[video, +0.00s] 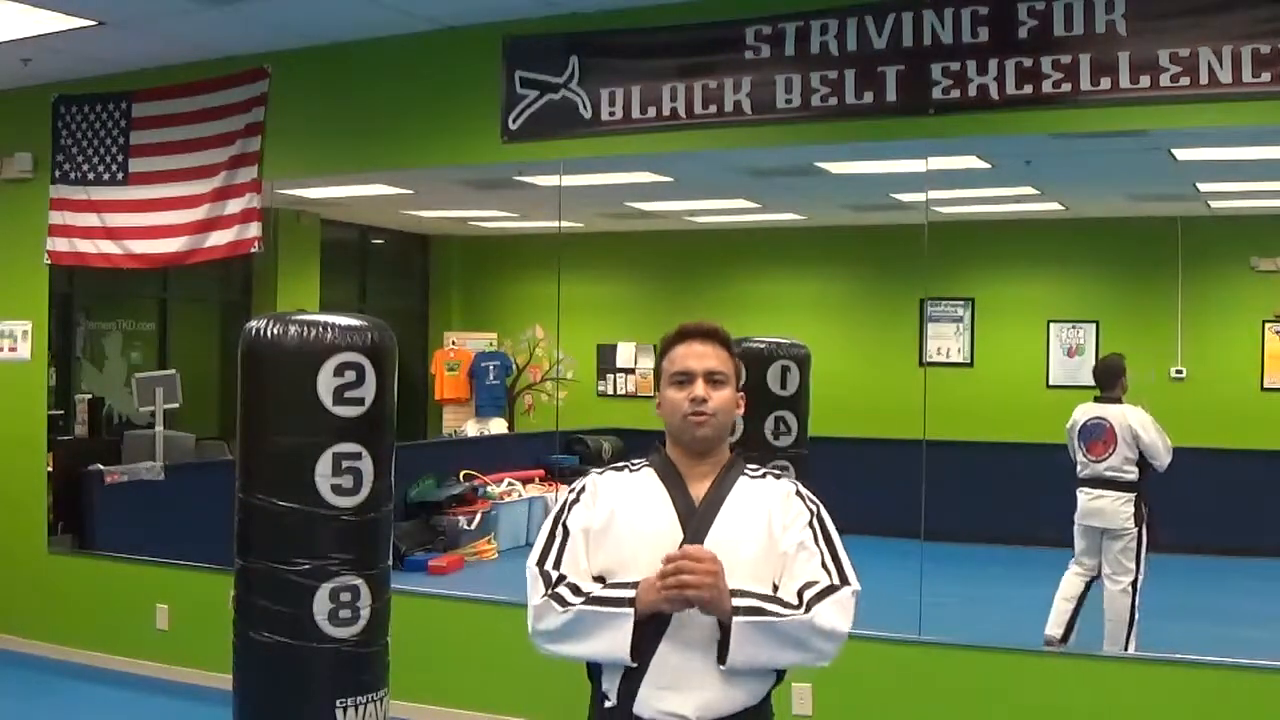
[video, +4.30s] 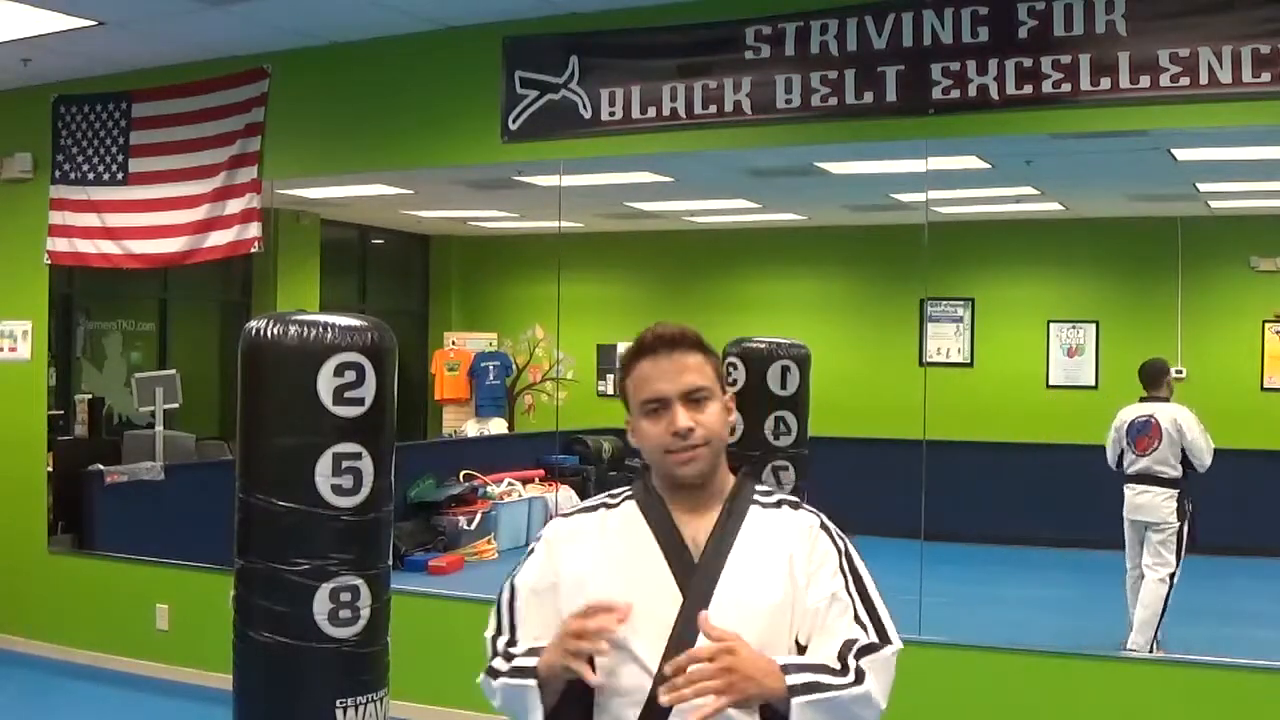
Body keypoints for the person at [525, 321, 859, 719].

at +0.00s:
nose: (699, 394)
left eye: (715, 381)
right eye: (681, 381)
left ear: (739, 403)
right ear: (659, 402)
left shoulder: (787, 503)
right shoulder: (595, 494)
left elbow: (826, 626)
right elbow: (548, 612)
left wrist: (730, 603)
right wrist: (642, 597)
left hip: (741, 709)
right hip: (624, 708)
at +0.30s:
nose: (639, 398)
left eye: (655, 384)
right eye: (623, 388)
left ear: (681, 401)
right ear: (605, 408)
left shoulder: (736, 488)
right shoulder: (563, 496)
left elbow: (767, 612)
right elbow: (524, 616)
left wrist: (670, 582)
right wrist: (614, 592)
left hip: (700, 707)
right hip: (597, 706)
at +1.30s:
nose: (698, 396)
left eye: (712, 383)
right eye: (683, 383)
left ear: (733, 397)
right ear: (663, 395)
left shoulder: (772, 479)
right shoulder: (613, 473)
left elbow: (801, 587)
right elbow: (577, 575)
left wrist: (731, 571)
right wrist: (672, 571)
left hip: (733, 695)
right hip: (637, 692)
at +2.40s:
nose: (641, 413)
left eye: (654, 395)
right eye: (625, 403)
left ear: (685, 395)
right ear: (615, 412)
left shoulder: (749, 469)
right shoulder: (586, 486)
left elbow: (792, 579)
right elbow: (560, 601)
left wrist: (695, 567)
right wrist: (639, 578)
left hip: (723, 696)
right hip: (623, 697)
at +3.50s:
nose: (689, 424)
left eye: (709, 407)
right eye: (673, 403)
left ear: (736, 414)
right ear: (650, 402)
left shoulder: (779, 508)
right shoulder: (584, 487)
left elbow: (808, 643)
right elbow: (515, 601)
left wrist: (700, 607)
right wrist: (612, 590)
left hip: (718, 710)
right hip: (600, 709)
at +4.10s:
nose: (700, 438)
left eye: (723, 416)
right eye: (683, 417)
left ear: (762, 416)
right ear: (665, 415)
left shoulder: (822, 525)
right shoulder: (609, 512)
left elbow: (859, 679)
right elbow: (544, 639)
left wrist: (735, 668)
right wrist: (616, 662)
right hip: (627, 714)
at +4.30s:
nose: (681, 424)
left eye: (697, 400)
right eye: (656, 409)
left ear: (729, 409)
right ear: (632, 429)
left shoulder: (805, 537)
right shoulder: (569, 539)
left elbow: (866, 679)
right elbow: (500, 678)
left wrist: (776, 681)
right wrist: (547, 667)